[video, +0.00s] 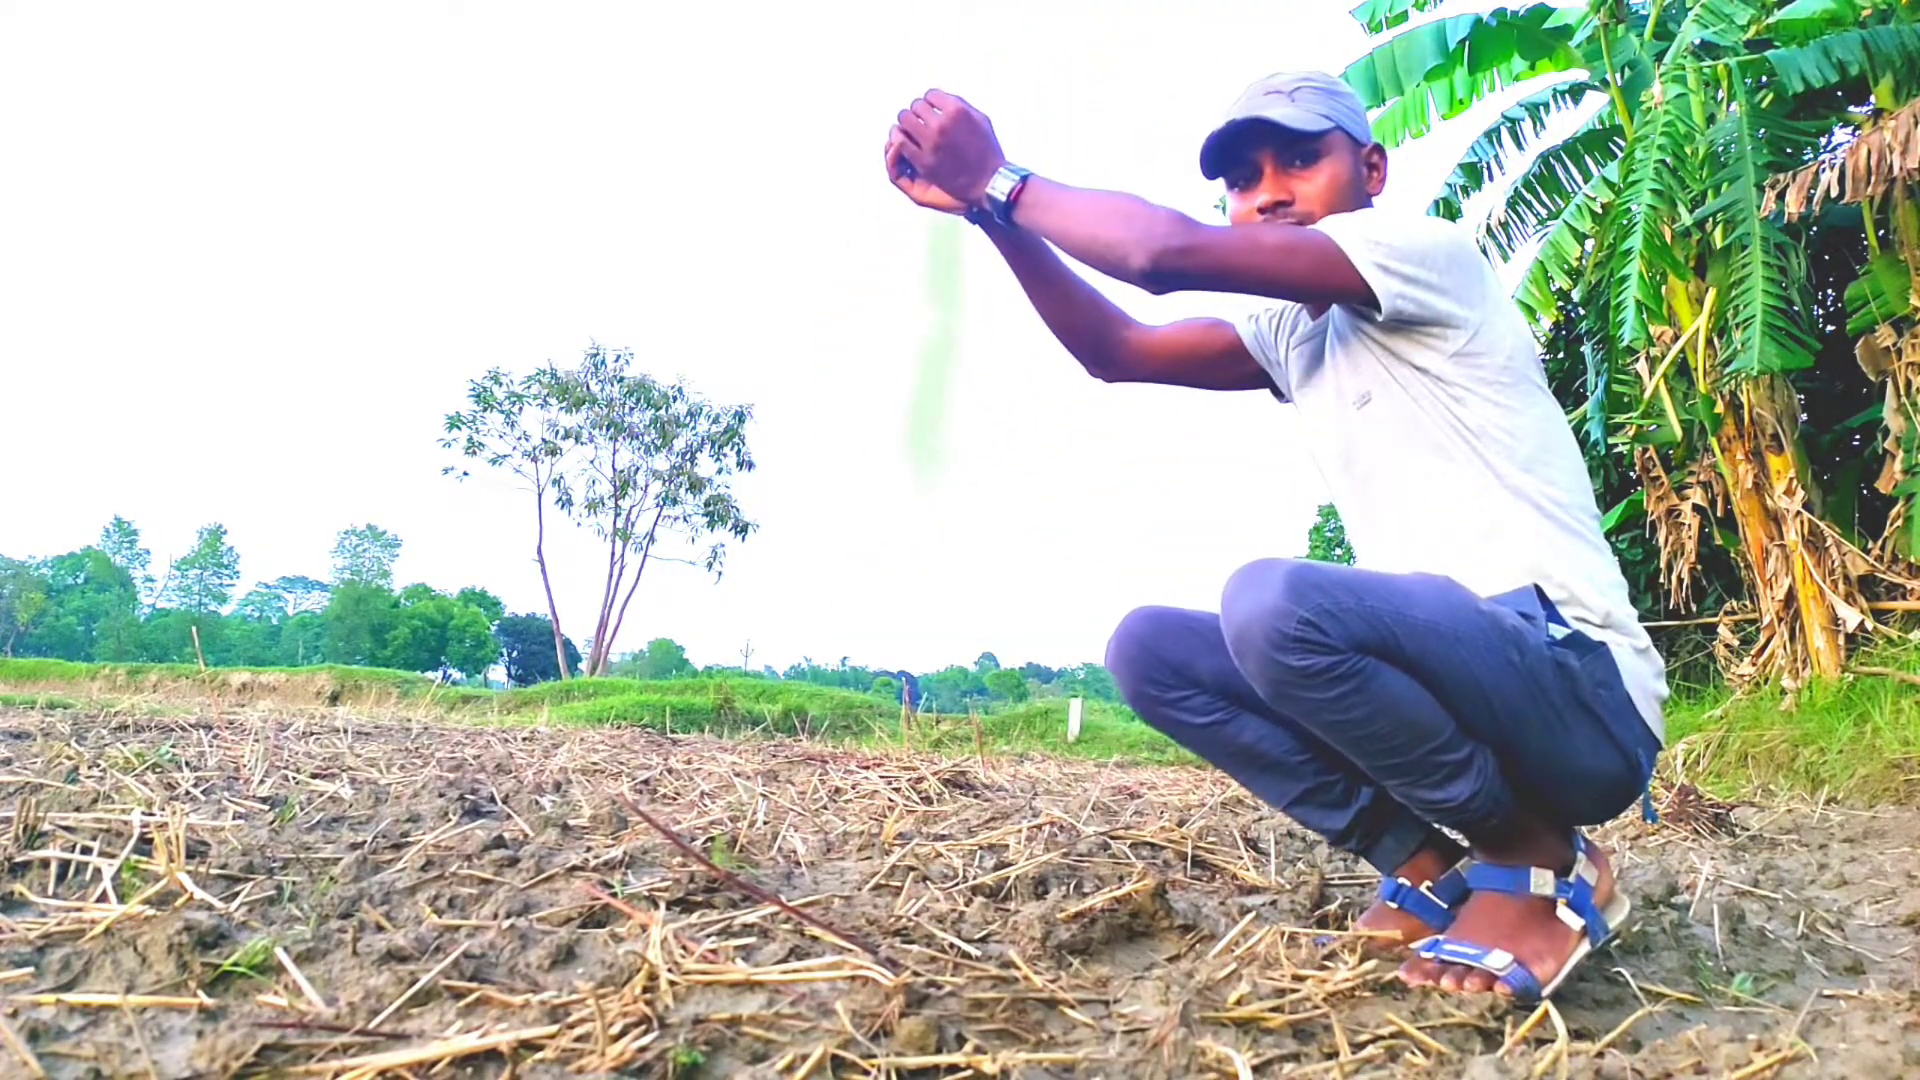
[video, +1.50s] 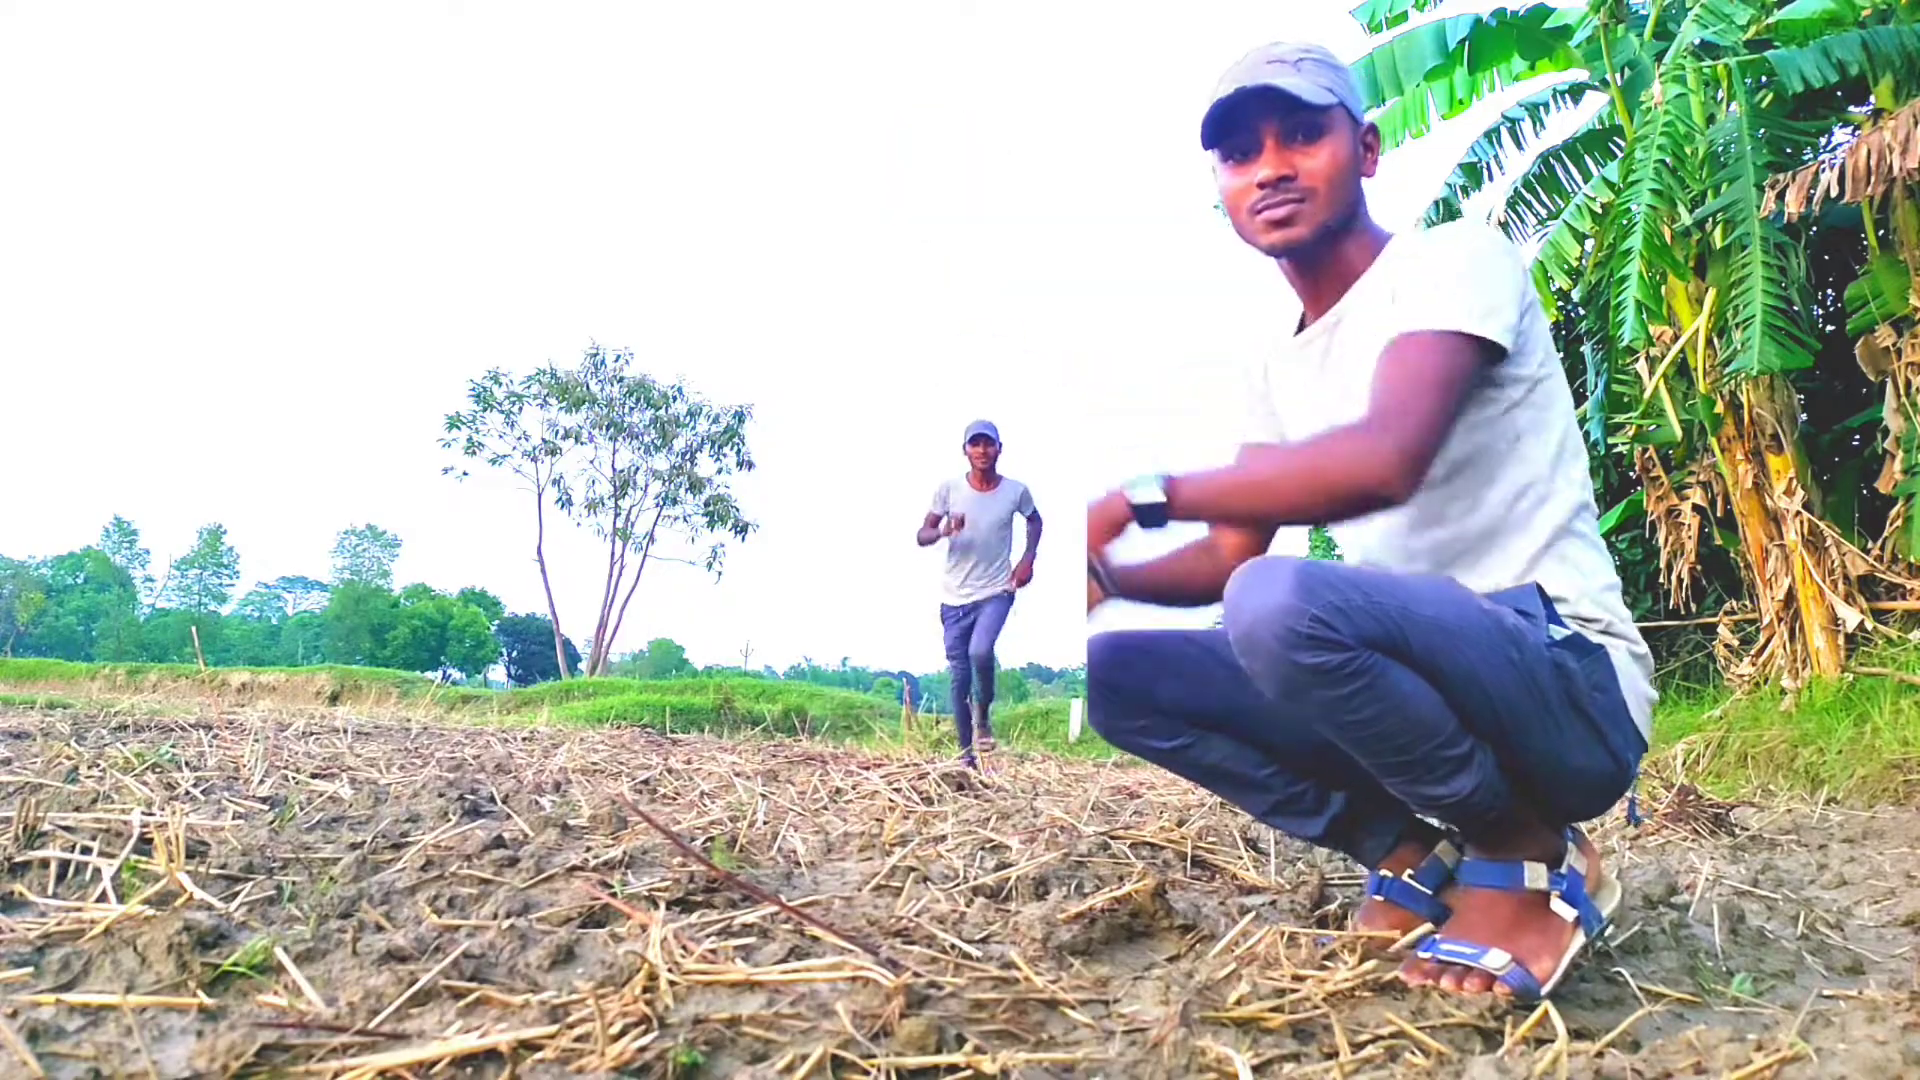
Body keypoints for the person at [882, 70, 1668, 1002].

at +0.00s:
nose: (1269, 194)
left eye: (1300, 158)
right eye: (1243, 182)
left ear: (1373, 169)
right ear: (1229, 206)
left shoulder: (1426, 256)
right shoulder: (1298, 330)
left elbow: (1166, 251)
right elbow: (1117, 350)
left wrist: (995, 184)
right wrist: (994, 213)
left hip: (1579, 683)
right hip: (1459, 695)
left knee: (1273, 606)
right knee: (1151, 649)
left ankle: (1537, 853)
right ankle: (1434, 858)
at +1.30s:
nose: (1275, 168)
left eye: (1309, 132)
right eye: (1247, 149)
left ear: (1379, 149)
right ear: (1231, 182)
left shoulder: (1443, 238)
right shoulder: (1296, 328)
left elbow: (1188, 278)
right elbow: (1117, 383)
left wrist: (1010, 213)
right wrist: (990, 256)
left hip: (1566, 669)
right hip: (1434, 682)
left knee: (1271, 612)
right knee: (1125, 682)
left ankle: (1522, 859)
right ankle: (1424, 854)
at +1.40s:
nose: (1281, 160)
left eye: (1313, 129)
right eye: (1252, 143)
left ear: (1381, 147)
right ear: (1235, 185)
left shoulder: (1457, 246)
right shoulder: (1303, 346)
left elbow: (1296, 398)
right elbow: (1178, 501)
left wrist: (1079, 384)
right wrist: (1046, 458)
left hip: (1567, 676)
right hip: (1436, 699)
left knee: (1269, 612)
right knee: (1122, 682)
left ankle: (1518, 857)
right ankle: (1413, 855)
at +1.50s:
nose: (1272, 167)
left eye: (1302, 135)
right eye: (1241, 149)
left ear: (1364, 150)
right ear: (1219, 186)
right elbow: (1227, 556)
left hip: (1573, 683)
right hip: (1422, 706)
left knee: (1278, 608)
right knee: (1122, 677)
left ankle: (1518, 858)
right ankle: (1408, 850)